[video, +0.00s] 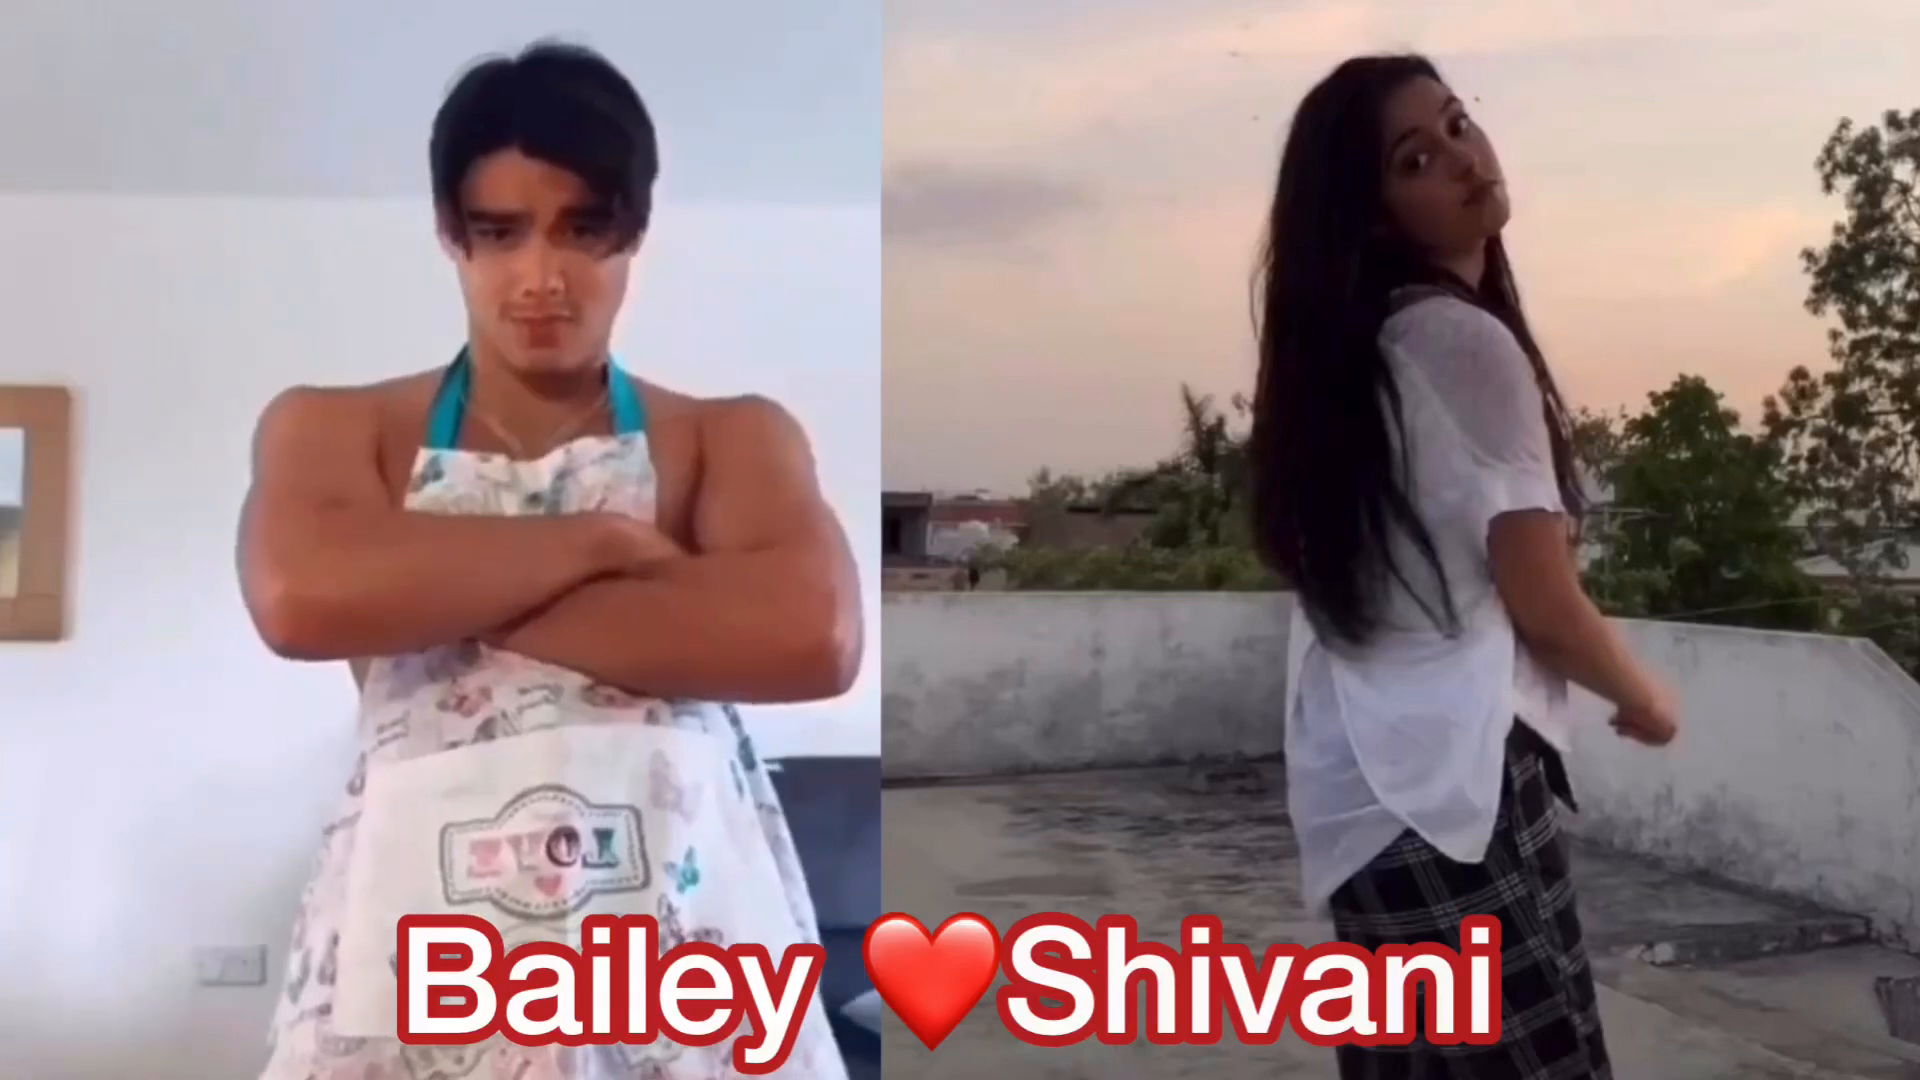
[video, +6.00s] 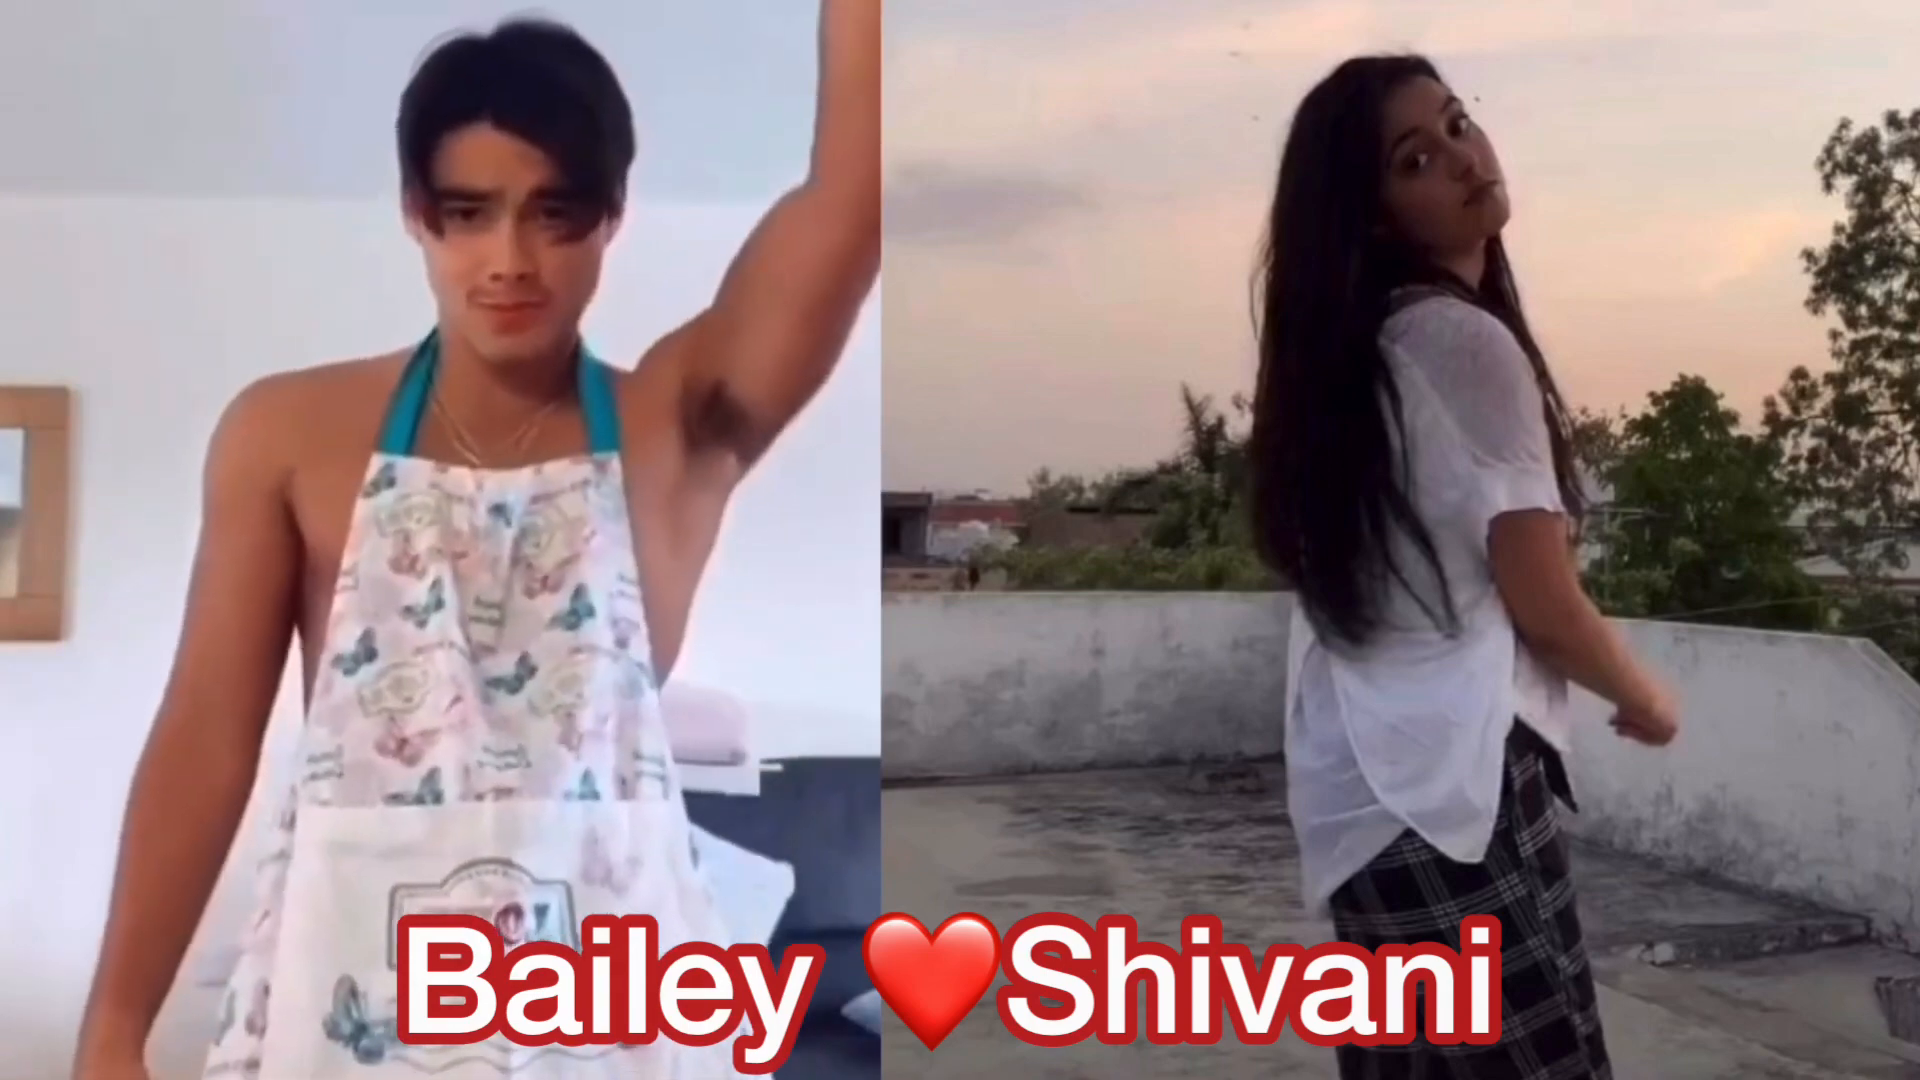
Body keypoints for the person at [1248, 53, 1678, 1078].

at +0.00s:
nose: (1467, 158)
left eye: (1460, 125)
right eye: (1418, 158)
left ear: (1480, 128)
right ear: (1370, 210)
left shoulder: (1352, 333)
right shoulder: (1464, 339)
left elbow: (1393, 566)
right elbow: (1544, 602)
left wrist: (1548, 667)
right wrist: (1643, 697)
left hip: (1361, 784)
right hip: (1450, 790)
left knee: (1396, 1056)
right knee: (1544, 1056)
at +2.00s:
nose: (1467, 158)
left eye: (1459, 125)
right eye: (1418, 158)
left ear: (1480, 128)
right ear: (1370, 210)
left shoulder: (1352, 333)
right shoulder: (1464, 339)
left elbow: (1393, 566)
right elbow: (1545, 603)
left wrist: (1546, 665)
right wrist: (1642, 697)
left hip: (1362, 783)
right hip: (1451, 789)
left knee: (1397, 1056)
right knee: (1544, 1055)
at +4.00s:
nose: (1467, 158)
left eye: (1459, 125)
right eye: (1418, 159)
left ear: (1480, 129)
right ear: (1370, 210)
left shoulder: (1352, 332)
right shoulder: (1464, 339)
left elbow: (1392, 565)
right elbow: (1544, 602)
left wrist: (1545, 666)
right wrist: (1643, 697)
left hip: (1361, 783)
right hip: (1451, 789)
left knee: (1396, 1056)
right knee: (1544, 1055)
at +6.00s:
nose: (1466, 158)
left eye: (1459, 125)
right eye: (1417, 158)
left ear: (1480, 129)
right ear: (1370, 210)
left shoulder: (1354, 333)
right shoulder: (1465, 339)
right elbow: (1546, 604)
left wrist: (1561, 666)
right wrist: (1642, 696)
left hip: (1362, 783)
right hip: (1452, 789)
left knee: (1397, 1056)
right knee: (1545, 1056)